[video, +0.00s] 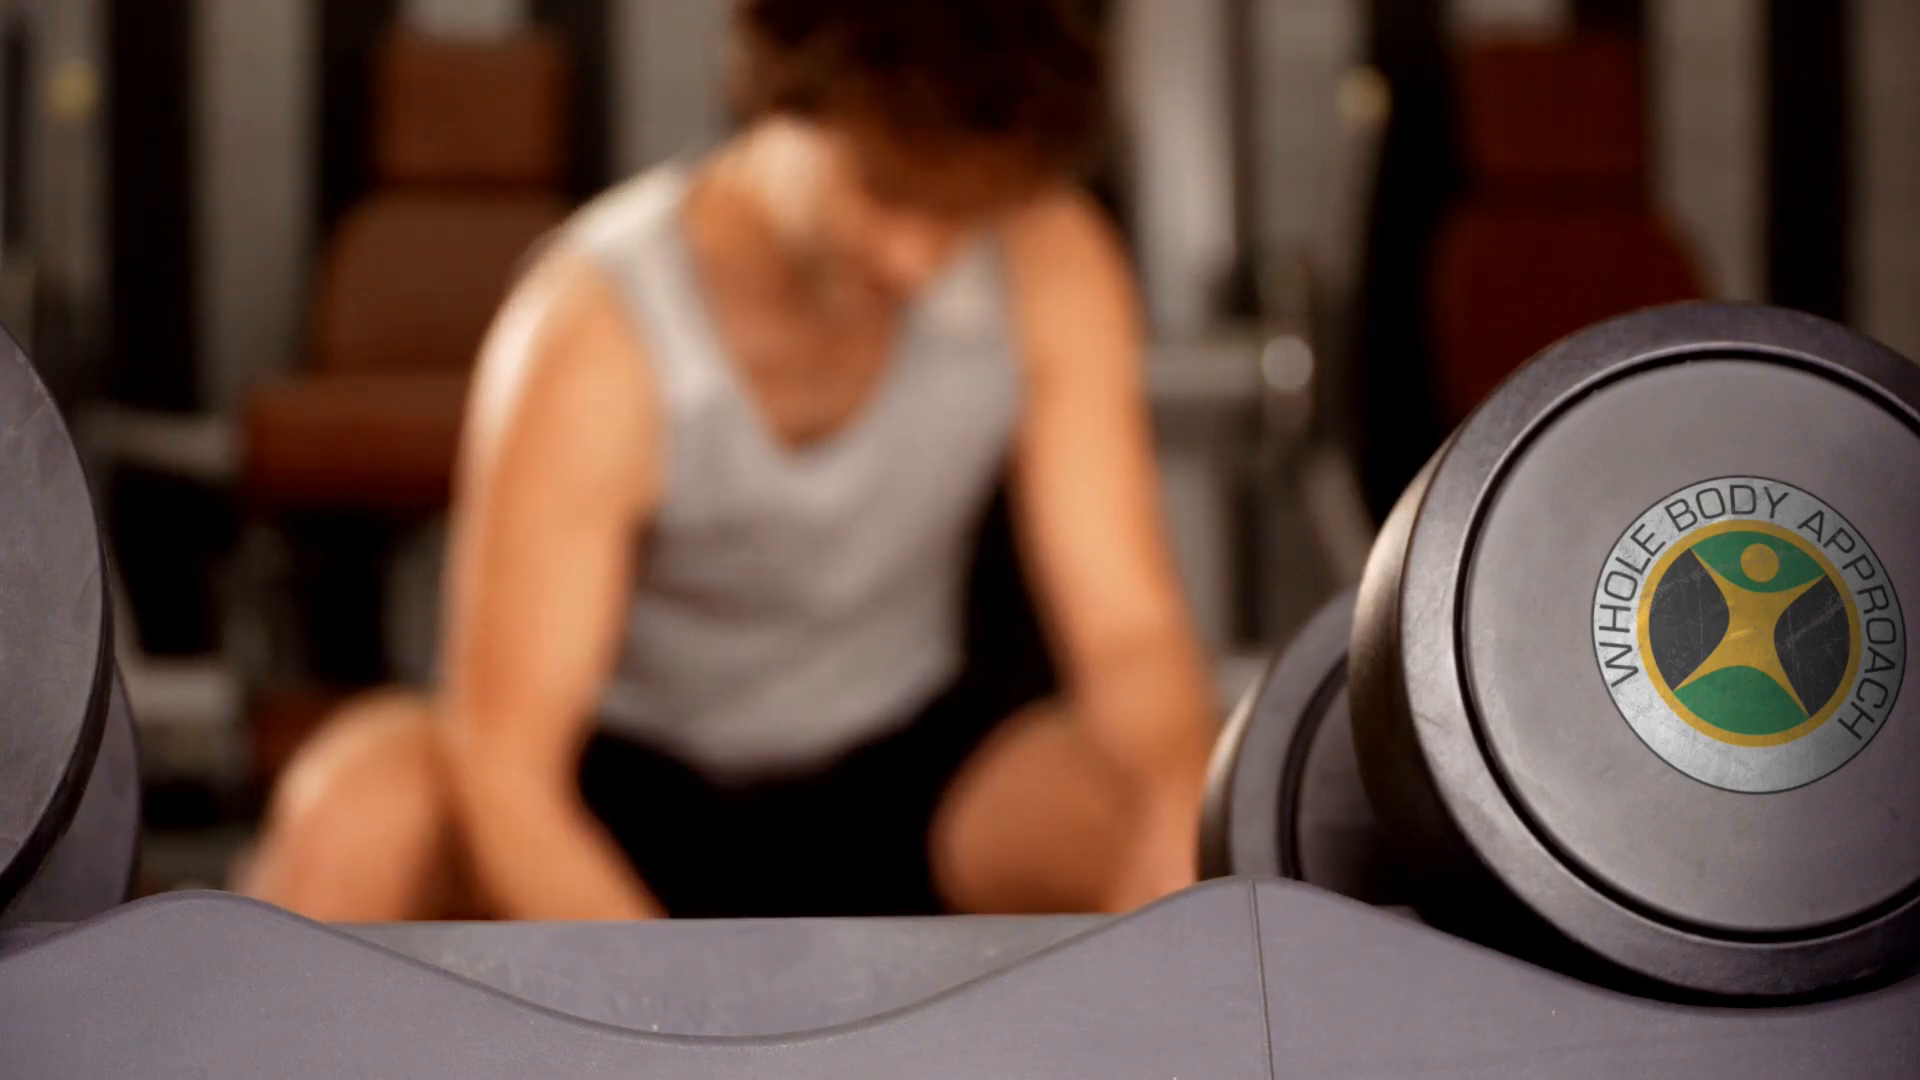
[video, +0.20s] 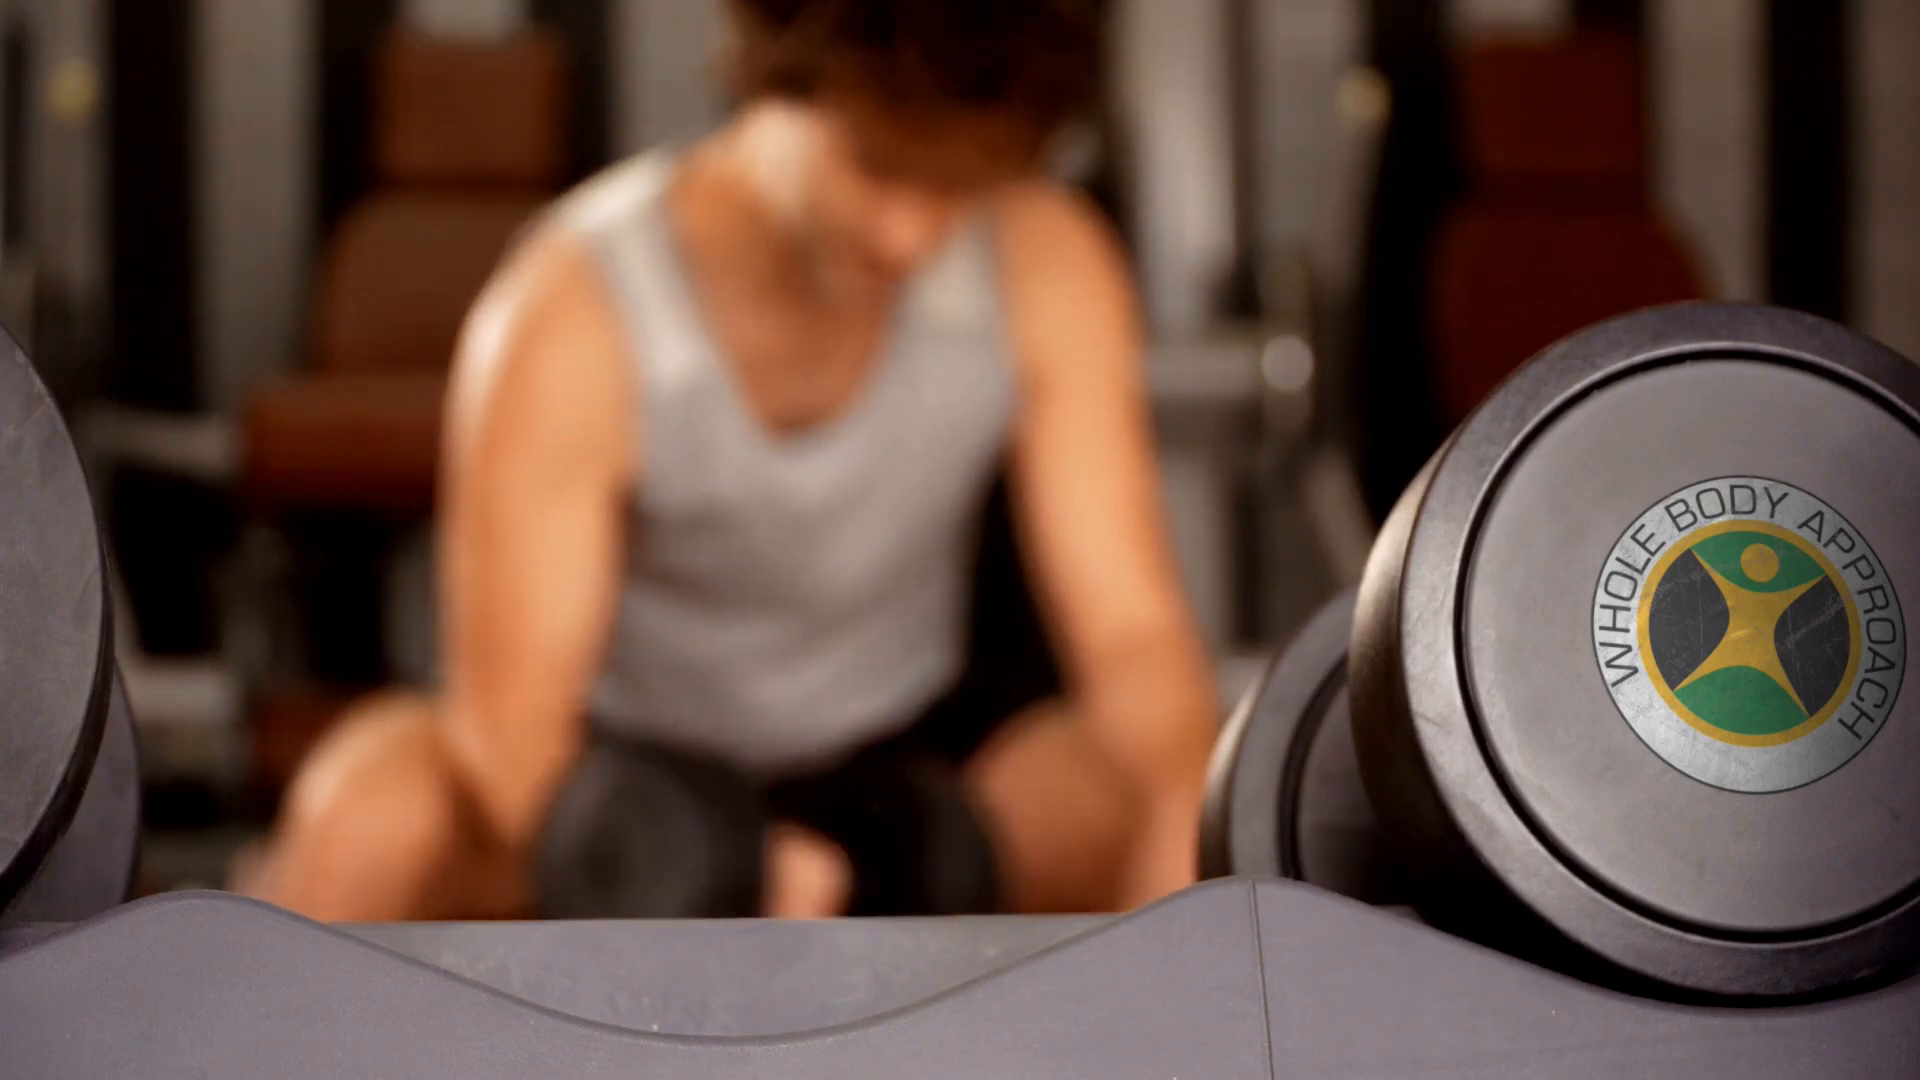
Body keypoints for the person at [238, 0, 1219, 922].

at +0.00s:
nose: (919, 259)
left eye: (971, 212)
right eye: (887, 197)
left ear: (1015, 168)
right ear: (790, 107)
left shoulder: (1045, 253)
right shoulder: (594, 322)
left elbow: (1128, 639)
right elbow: (504, 773)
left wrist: (1182, 854)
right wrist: (688, 1018)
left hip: (899, 781)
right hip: (627, 792)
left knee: (1190, 812)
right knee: (357, 792)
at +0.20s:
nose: (910, 235)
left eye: (961, 187)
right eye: (876, 171)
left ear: (1013, 155)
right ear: (780, 81)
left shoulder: (1042, 256)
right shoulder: (571, 308)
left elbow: (1135, 642)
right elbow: (509, 750)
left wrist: (1183, 842)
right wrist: (732, 870)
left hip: (907, 786)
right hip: (625, 792)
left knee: (1202, 781)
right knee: (368, 797)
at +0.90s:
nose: (854, 232)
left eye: (901, 181)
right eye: (815, 171)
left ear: (949, 147)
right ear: (707, 95)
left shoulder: (991, 256)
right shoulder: (465, 331)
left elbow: (1120, 635)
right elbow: (528, 768)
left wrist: (1183, 885)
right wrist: (752, 658)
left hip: (893, 784)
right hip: (597, 808)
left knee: (1176, 814)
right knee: (374, 807)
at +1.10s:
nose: (859, 237)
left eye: (904, 185)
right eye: (820, 176)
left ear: (950, 149)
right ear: (713, 110)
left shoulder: (993, 259)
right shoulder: (468, 334)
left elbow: (1122, 637)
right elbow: (533, 776)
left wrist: (1179, 881)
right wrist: (753, 631)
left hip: (895, 778)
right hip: (599, 803)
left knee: (1183, 811)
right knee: (372, 805)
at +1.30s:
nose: (862, 235)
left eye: (906, 183)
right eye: (824, 174)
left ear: (953, 151)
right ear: (721, 109)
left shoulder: (997, 258)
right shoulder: (476, 332)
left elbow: (1121, 636)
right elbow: (536, 778)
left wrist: (1180, 881)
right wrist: (761, 623)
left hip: (900, 777)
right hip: (603, 802)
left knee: (1183, 812)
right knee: (374, 803)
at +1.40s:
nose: (866, 219)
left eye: (912, 169)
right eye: (829, 158)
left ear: (961, 134)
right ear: (725, 84)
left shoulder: (1004, 253)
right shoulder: (488, 321)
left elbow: (1120, 630)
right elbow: (517, 760)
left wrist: (1188, 877)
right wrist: (751, 673)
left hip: (897, 786)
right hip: (601, 803)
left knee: (1169, 809)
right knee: (370, 805)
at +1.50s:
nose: (870, 209)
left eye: (918, 161)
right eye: (835, 149)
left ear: (970, 126)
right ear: (734, 73)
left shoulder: (1009, 250)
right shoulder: (500, 316)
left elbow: (1120, 624)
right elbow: (516, 745)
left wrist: (1177, 869)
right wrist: (767, 715)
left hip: (894, 785)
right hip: (604, 798)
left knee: (1174, 803)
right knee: (368, 802)